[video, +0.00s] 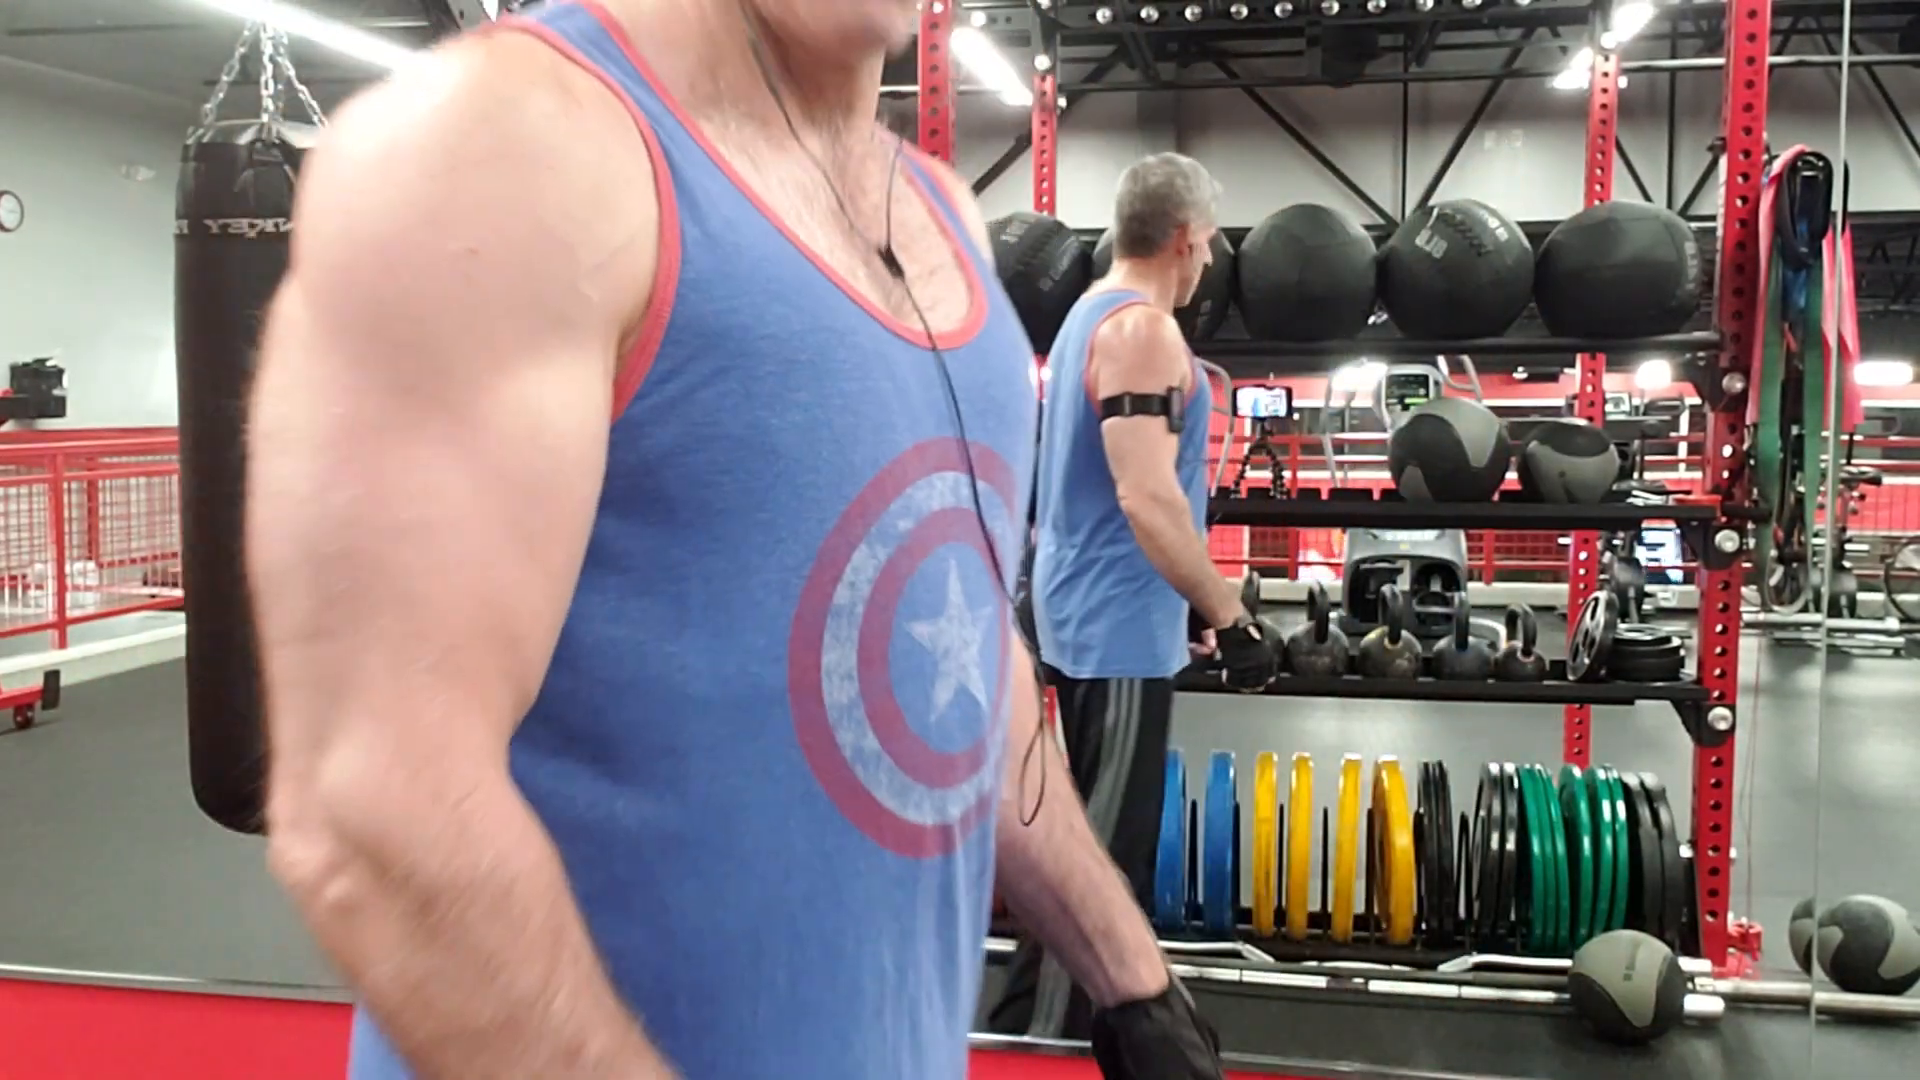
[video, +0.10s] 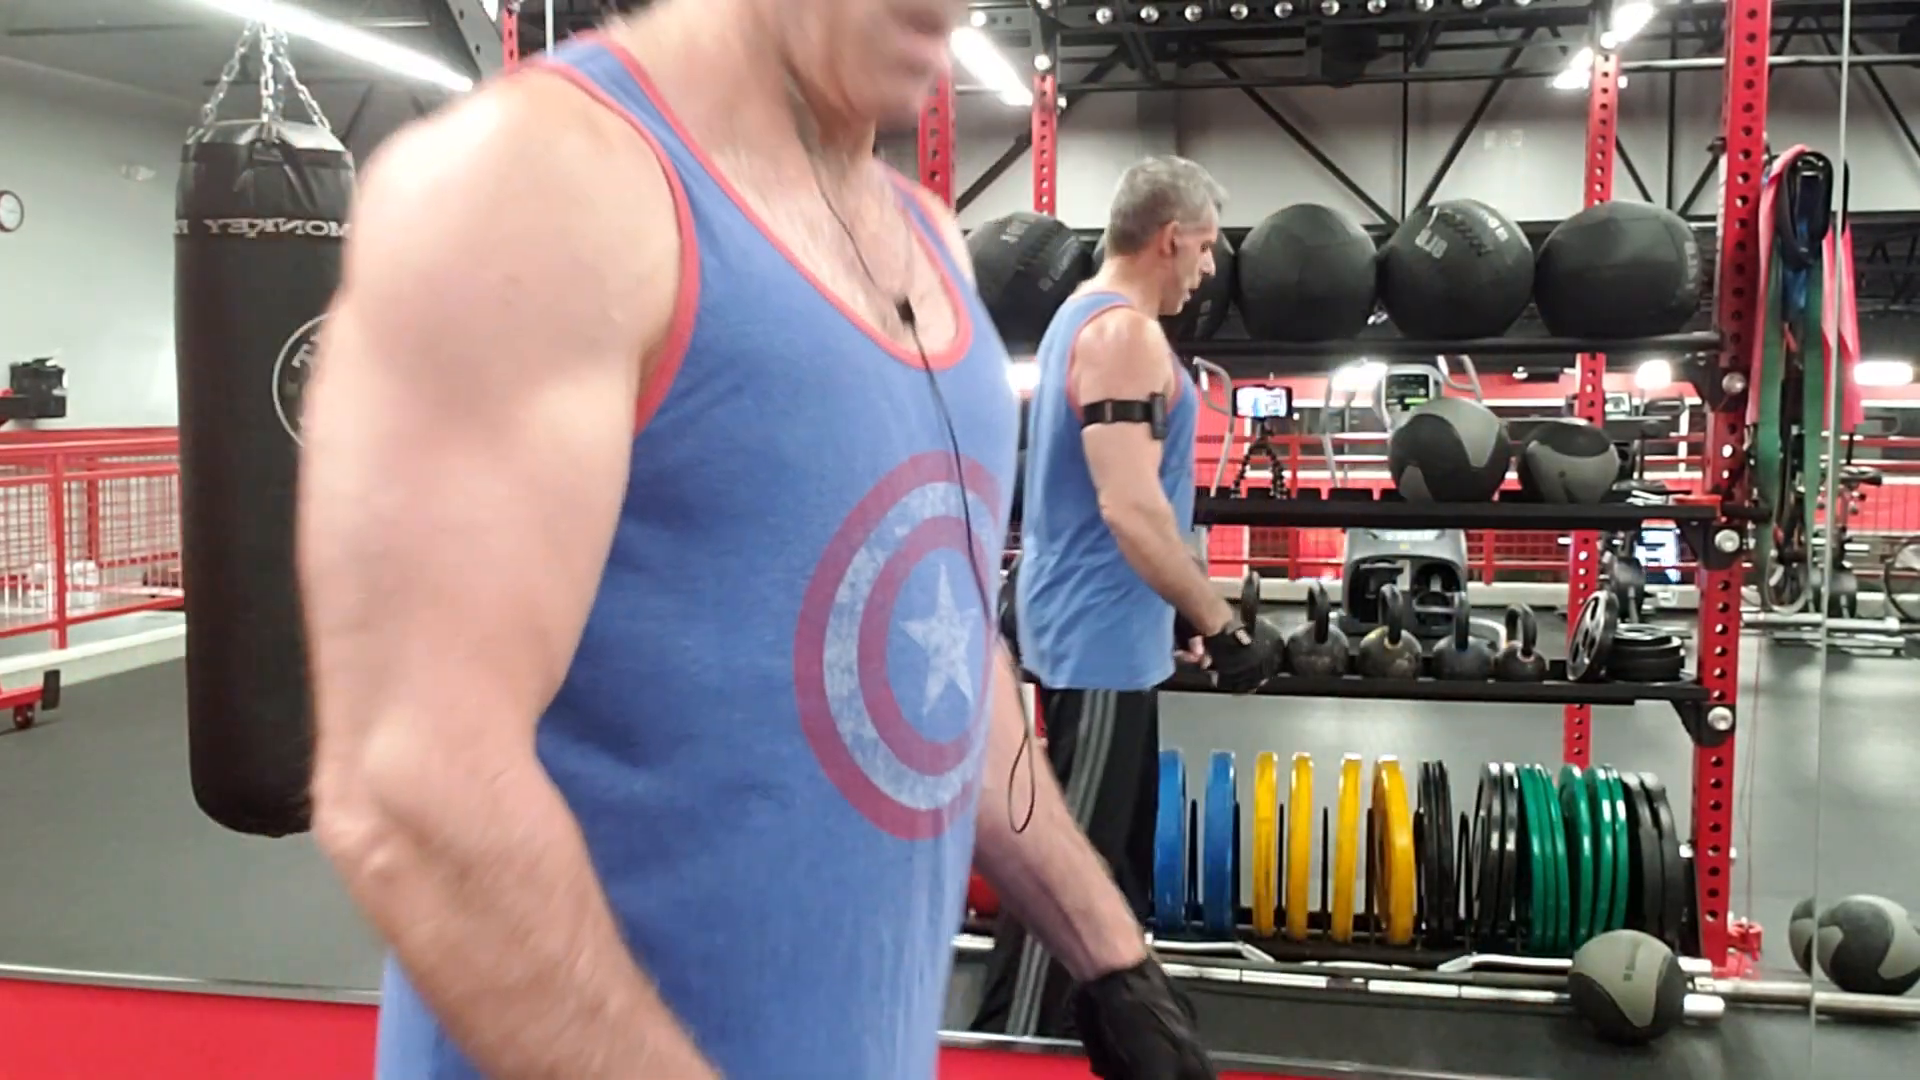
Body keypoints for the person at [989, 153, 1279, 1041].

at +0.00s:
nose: (1210, 257)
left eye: (1212, 242)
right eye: (1211, 241)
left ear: (1127, 235)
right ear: (1188, 240)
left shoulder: (1090, 318)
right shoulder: (1138, 325)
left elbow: (1082, 492)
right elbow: (1146, 496)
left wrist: (1198, 596)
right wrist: (1226, 606)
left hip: (1077, 617)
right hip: (1121, 626)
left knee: (1081, 840)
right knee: (1109, 852)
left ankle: (1042, 1022)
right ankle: (1055, 1034)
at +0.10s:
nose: (1210, 268)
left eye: (1213, 249)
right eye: (1208, 247)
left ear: (1141, 237)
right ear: (1173, 241)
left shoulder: (1085, 319)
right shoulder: (1121, 328)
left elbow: (1098, 501)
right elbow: (1131, 509)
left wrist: (1192, 606)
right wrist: (1219, 618)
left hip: (1079, 632)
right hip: (1102, 641)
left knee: (1091, 869)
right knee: (1075, 875)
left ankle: (1079, 1039)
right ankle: (1023, 1046)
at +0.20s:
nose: (1204, 281)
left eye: (1210, 261)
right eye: (1199, 258)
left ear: (1146, 243)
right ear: (1154, 241)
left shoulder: (1091, 322)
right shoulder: (1102, 334)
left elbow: (1098, 505)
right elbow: (1106, 516)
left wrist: (1172, 605)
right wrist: (1197, 633)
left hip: (1100, 657)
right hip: (1074, 659)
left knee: (1109, 877)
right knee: (1044, 883)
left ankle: (1089, 1043)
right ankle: (1006, 1049)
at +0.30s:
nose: (1199, 285)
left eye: (1206, 265)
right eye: (1192, 261)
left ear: (1142, 248)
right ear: (1140, 243)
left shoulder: (1100, 334)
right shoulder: (1081, 338)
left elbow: (1089, 516)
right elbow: (1080, 522)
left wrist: (1154, 635)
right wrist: (1160, 652)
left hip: (1098, 664)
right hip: (1056, 663)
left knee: (1111, 848)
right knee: (1026, 871)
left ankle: (1092, 999)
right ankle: (993, 1029)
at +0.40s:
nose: (1199, 282)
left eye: (1208, 263)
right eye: (1193, 258)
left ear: (1141, 241)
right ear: (1140, 237)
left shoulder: (1098, 329)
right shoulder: (1070, 332)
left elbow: (1076, 514)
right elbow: (1054, 518)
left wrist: (1119, 654)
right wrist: (1121, 664)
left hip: (1096, 679)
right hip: (1044, 681)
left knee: (1105, 904)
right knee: (1014, 913)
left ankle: (1101, 1052)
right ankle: (986, 1050)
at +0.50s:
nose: (1206, 282)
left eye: (1216, 263)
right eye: (1199, 257)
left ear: (1153, 240)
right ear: (1145, 234)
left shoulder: (1107, 331)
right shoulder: (1069, 330)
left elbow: (1092, 521)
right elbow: (1030, 513)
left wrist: (1131, 644)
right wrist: (1081, 676)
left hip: (1111, 688)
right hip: (1040, 694)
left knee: (1112, 936)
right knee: (1001, 931)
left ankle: (1109, 1068)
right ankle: (967, 1063)